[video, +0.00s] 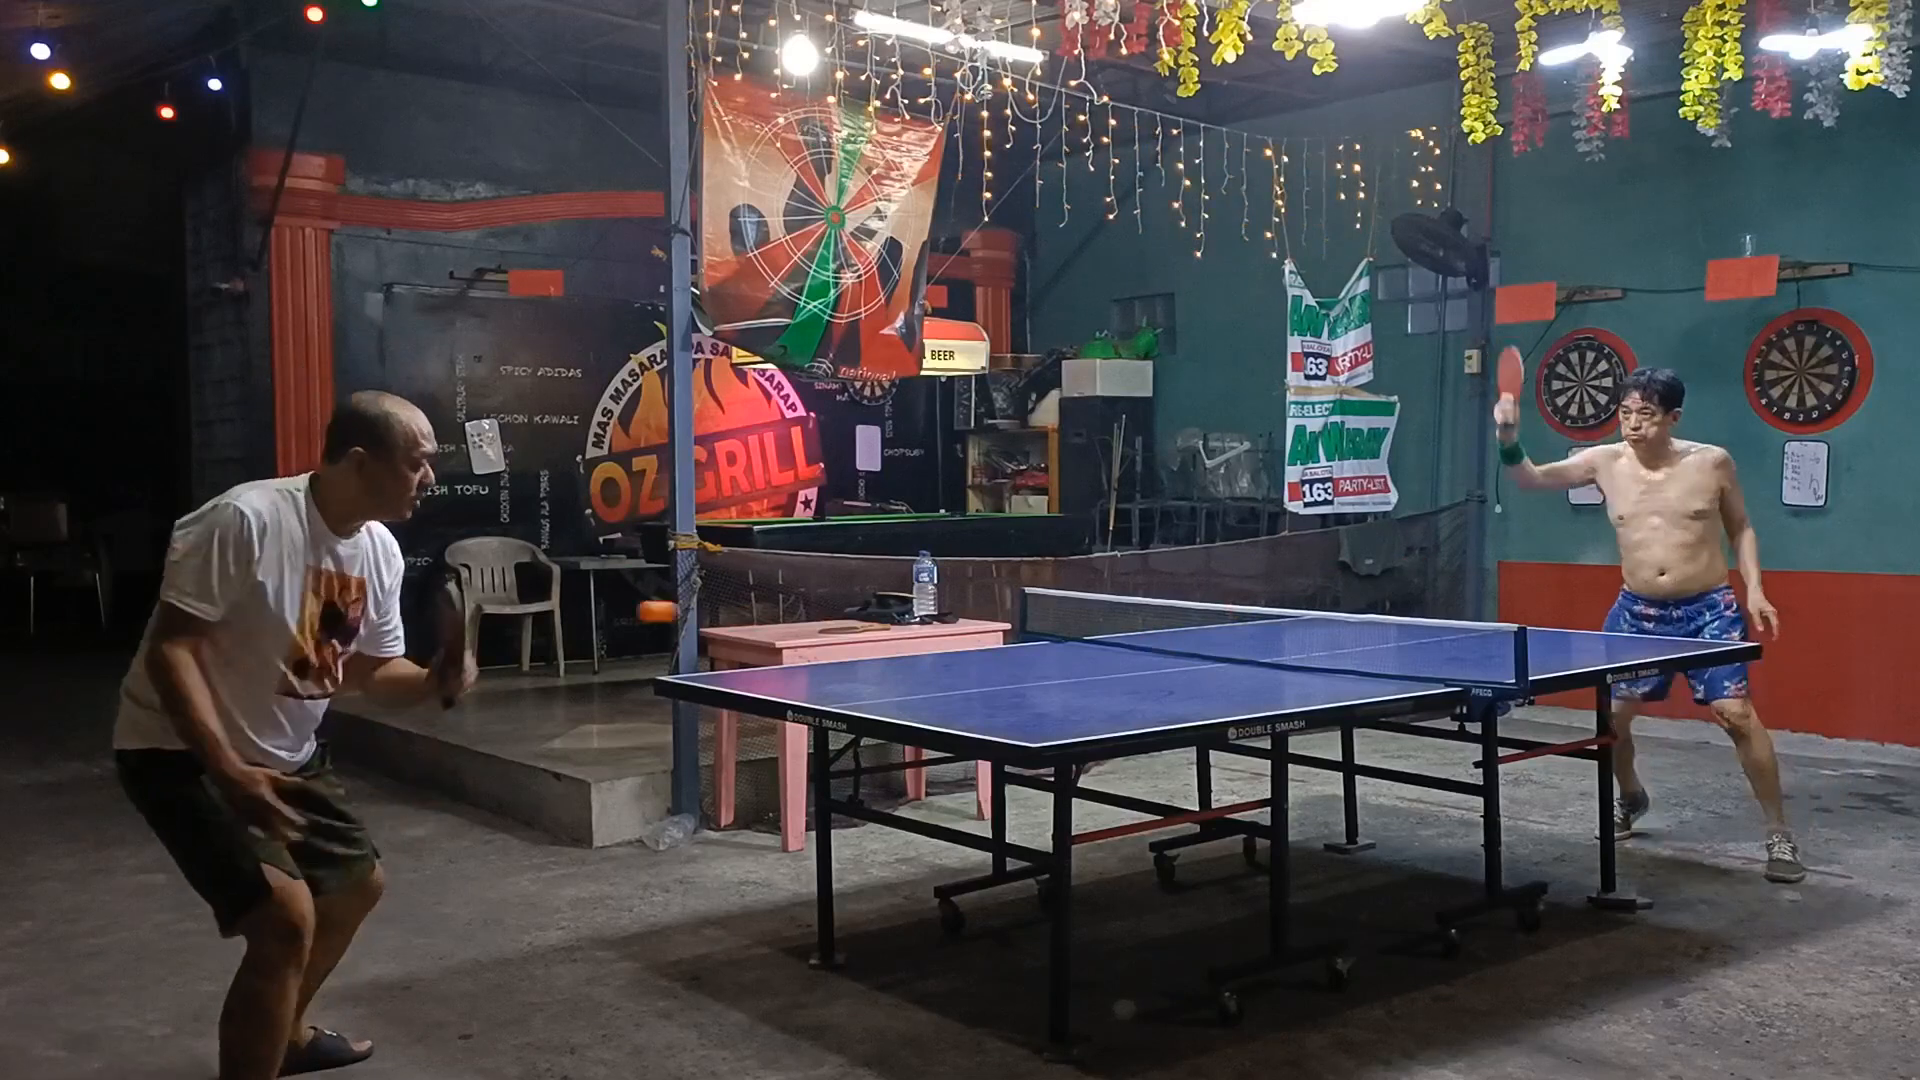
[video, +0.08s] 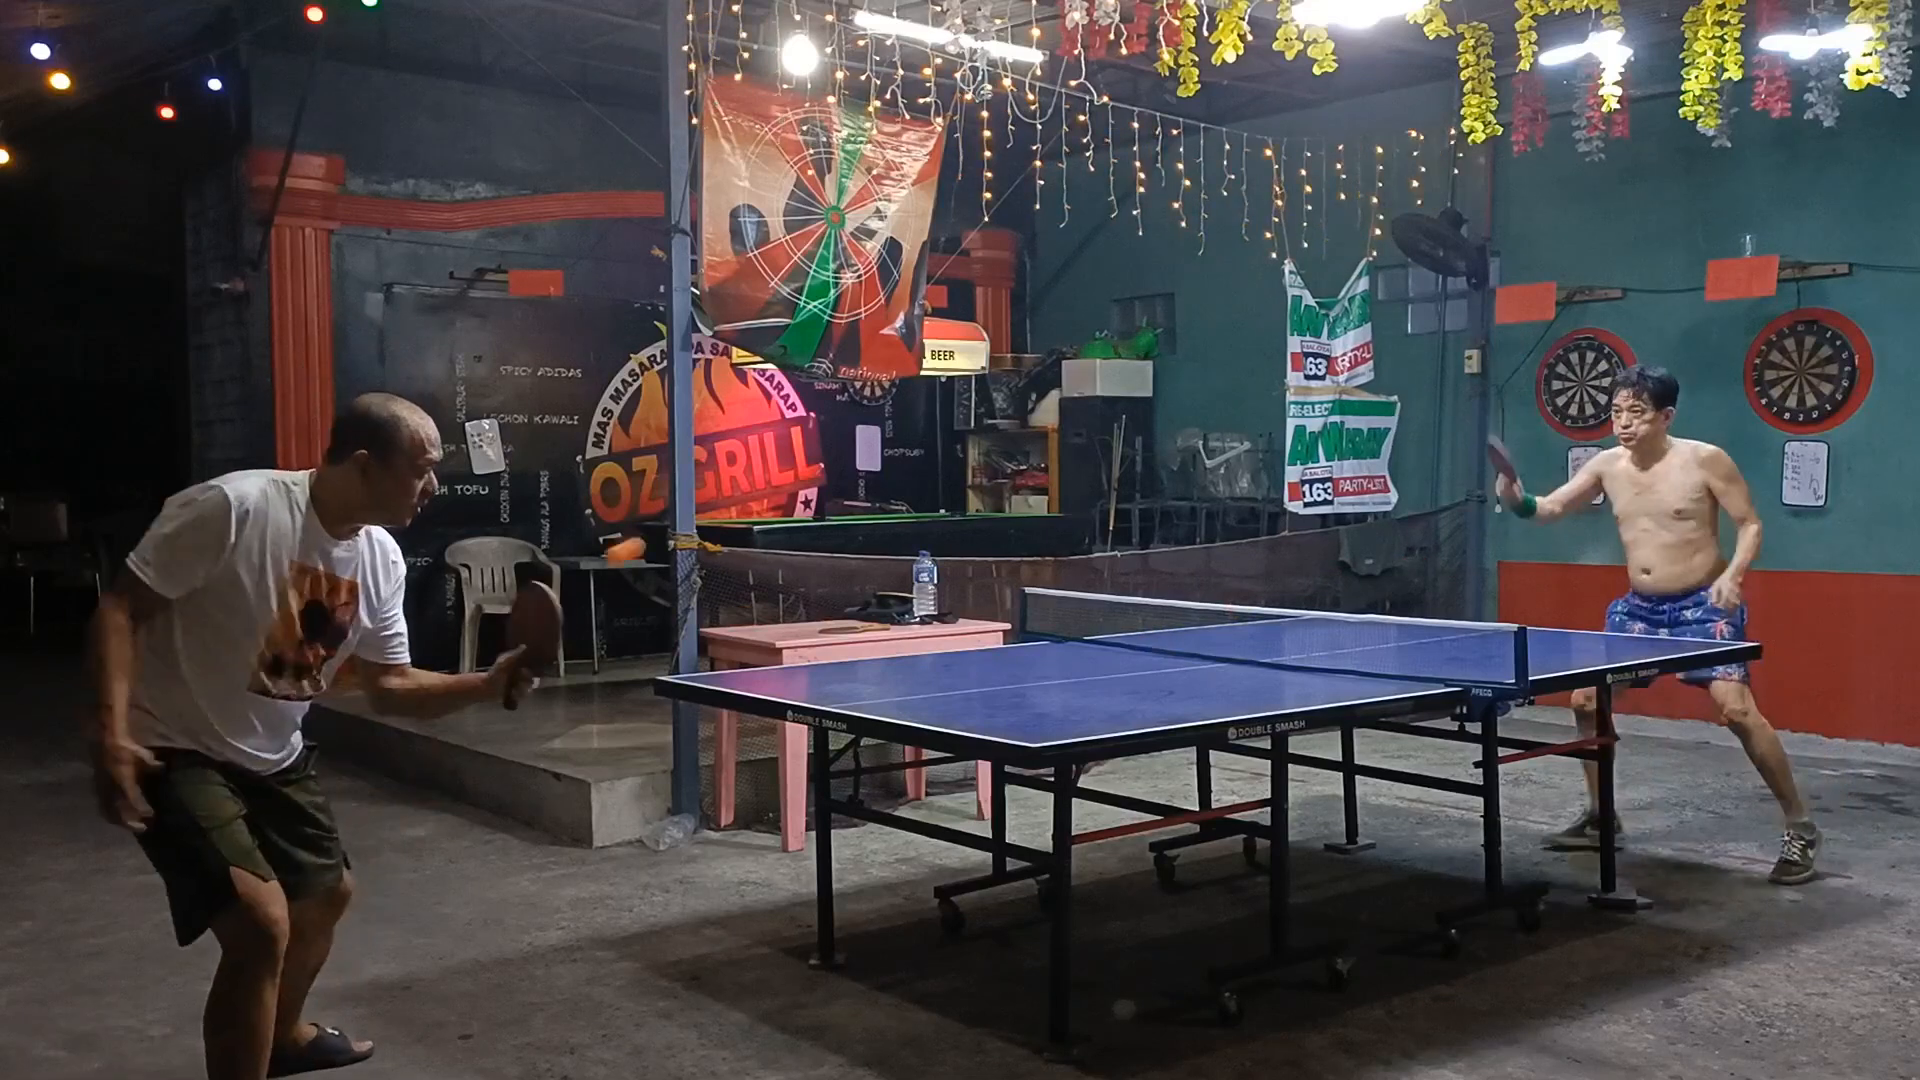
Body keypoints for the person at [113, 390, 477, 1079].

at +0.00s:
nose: (430, 476)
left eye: (430, 461)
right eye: (417, 461)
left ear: (373, 465)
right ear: (359, 460)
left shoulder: (379, 548)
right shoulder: (242, 520)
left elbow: (369, 671)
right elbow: (168, 647)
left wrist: (435, 683)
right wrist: (229, 766)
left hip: (285, 753)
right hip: (181, 752)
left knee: (355, 885)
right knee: (285, 916)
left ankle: (285, 1035)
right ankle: (248, 1070)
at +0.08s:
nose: (432, 489)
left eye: (434, 473)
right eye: (422, 472)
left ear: (369, 465)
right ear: (364, 463)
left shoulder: (379, 556)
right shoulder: (232, 508)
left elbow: (387, 684)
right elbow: (118, 603)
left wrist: (488, 684)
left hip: (276, 753)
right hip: (176, 750)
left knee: (324, 893)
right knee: (260, 922)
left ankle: (281, 1035)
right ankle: (241, 1069)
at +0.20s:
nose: (428, 480)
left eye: (430, 463)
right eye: (419, 460)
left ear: (368, 455)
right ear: (361, 450)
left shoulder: (366, 557)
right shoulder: (225, 493)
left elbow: (356, 684)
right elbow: (78, 566)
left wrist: (475, 693)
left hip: (249, 746)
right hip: (140, 740)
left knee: (296, 890)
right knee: (252, 932)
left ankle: (285, 1033)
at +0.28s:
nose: (411, 460)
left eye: (412, 444)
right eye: (402, 441)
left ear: (349, 438)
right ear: (346, 434)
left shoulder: (333, 537)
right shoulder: (212, 480)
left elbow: (311, 666)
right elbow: (60, 533)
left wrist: (421, 715)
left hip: (214, 744)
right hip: (123, 739)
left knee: (283, 881)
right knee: (257, 932)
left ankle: (269, 1050)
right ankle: (244, 1071)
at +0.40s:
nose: (385, 432)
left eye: (386, 415)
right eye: (377, 412)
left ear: (323, 411)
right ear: (324, 407)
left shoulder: (301, 507)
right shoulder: (201, 461)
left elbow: (283, 648)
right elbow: (45, 533)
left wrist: (376, 745)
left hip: (194, 727)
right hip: (101, 728)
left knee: (264, 880)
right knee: (228, 921)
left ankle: (168, 1065)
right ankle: (222, 1069)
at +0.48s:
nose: (350, 422)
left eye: (351, 404)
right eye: (342, 402)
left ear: (289, 408)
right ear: (290, 406)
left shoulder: (273, 511)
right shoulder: (172, 473)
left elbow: (264, 652)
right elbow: (28, 566)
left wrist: (324, 771)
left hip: (154, 735)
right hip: (56, 728)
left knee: (228, 914)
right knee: (191, 932)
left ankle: (136, 1068)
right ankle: (146, 1071)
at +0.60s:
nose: (305, 431)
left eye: (303, 414)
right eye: (293, 413)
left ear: (243, 427)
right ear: (245, 425)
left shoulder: (229, 527)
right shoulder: (135, 500)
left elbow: (215, 666)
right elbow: (22, 619)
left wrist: (270, 781)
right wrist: (1, 787)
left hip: (132, 777)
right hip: (46, 775)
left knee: (213, 926)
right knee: (144, 974)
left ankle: (128, 1068)